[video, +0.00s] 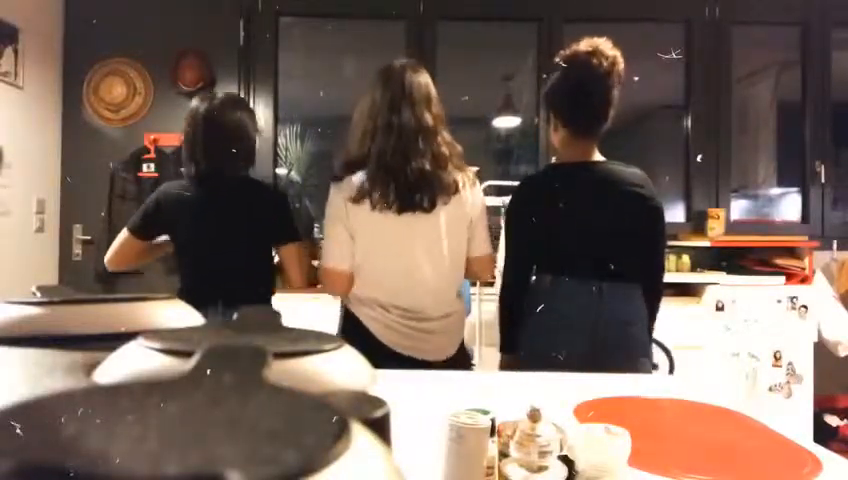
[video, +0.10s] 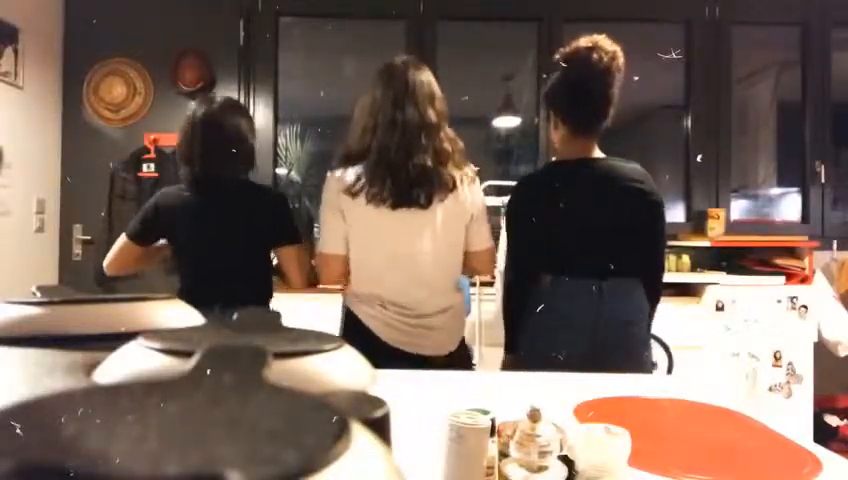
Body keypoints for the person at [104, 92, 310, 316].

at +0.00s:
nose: (256, 141)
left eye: (255, 134)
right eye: (254, 134)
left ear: (191, 142)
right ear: (247, 142)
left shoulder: (172, 197)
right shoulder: (269, 200)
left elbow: (115, 260)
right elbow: (299, 281)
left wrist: (171, 242)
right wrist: (271, 258)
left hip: (191, 338)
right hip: (256, 339)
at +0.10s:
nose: (253, 146)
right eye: (250, 139)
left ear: (187, 148)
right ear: (245, 146)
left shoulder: (169, 202)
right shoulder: (269, 203)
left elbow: (114, 265)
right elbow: (298, 281)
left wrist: (168, 248)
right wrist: (267, 259)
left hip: (190, 338)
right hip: (255, 339)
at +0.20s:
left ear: (187, 154)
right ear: (245, 152)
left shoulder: (168, 211)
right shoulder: (269, 210)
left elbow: (113, 274)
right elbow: (296, 287)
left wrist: (165, 257)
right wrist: (263, 266)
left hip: (194, 346)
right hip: (258, 346)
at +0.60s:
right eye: (247, 151)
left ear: (192, 166)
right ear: (246, 162)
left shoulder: (182, 222)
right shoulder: (273, 212)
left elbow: (135, 289)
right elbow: (297, 289)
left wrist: (172, 278)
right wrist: (266, 279)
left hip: (204, 345)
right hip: (263, 342)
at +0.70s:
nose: (250, 143)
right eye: (245, 137)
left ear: (184, 156)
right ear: (237, 150)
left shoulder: (177, 214)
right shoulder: (263, 207)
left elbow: (131, 283)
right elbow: (292, 284)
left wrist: (183, 266)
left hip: (198, 340)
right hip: (257, 341)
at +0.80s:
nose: (240, 145)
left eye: (237, 137)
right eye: (229, 138)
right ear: (201, 150)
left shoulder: (185, 209)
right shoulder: (240, 204)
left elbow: (133, 274)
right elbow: (286, 288)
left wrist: (180, 252)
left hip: (206, 334)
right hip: (251, 335)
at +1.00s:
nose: (229, 137)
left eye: (236, 130)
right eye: (214, 131)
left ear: (249, 143)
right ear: (195, 153)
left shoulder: (197, 199)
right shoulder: (232, 200)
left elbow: (160, 267)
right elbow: (279, 285)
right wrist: (292, 269)